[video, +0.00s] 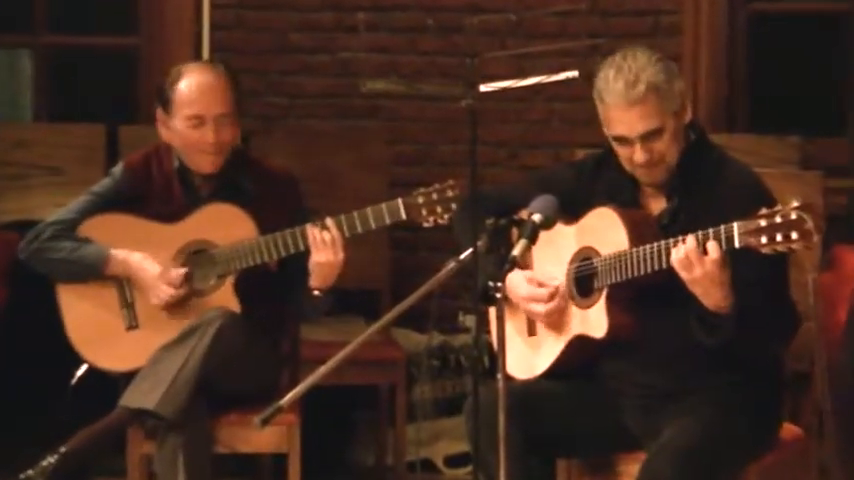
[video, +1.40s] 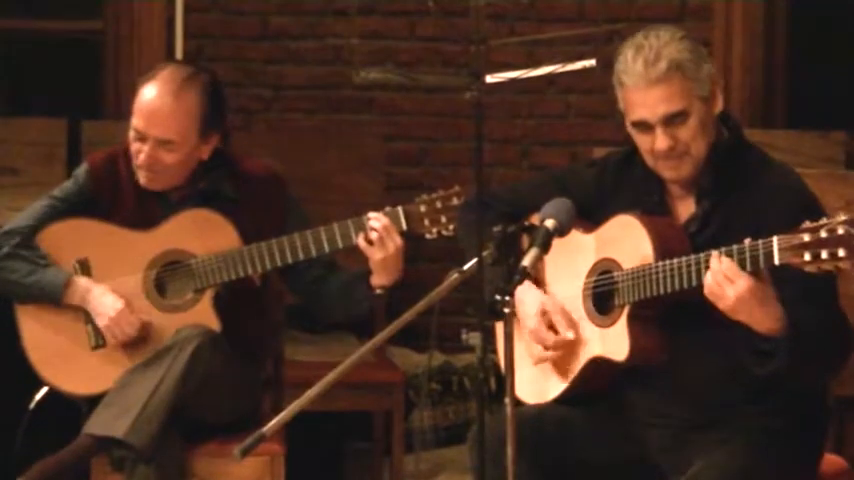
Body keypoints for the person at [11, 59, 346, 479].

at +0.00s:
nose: (213, 137)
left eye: (224, 121)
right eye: (196, 123)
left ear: (239, 122)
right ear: (165, 126)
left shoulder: (273, 189)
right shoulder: (139, 177)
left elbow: (296, 306)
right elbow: (39, 246)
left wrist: (320, 287)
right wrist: (131, 265)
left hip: (251, 361)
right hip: (157, 353)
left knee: (218, 327)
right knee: (183, 420)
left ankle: (86, 445)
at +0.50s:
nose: (152, 143)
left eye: (172, 130)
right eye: (144, 125)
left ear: (214, 132)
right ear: (133, 118)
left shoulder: (263, 190)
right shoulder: (116, 177)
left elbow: (295, 319)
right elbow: (15, 249)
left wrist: (312, 294)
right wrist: (105, 273)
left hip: (237, 375)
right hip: (135, 366)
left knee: (202, 338)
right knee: (162, 442)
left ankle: (90, 448)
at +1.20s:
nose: (139, 154)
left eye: (158, 145)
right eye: (133, 135)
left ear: (204, 145)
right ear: (125, 119)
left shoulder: (254, 191)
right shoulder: (104, 176)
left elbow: (317, 299)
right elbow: (5, 252)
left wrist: (377, 281)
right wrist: (90, 293)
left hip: (227, 384)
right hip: (117, 372)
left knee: (195, 343)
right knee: (148, 445)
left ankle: (72, 459)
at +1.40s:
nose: (142, 155)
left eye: (163, 145)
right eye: (136, 136)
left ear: (207, 147)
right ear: (129, 120)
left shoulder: (255, 192)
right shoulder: (105, 177)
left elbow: (315, 301)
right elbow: (5, 253)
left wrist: (379, 282)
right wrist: (86, 294)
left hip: (227, 385)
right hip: (113, 373)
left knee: (194, 345)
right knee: (149, 445)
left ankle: (70, 459)